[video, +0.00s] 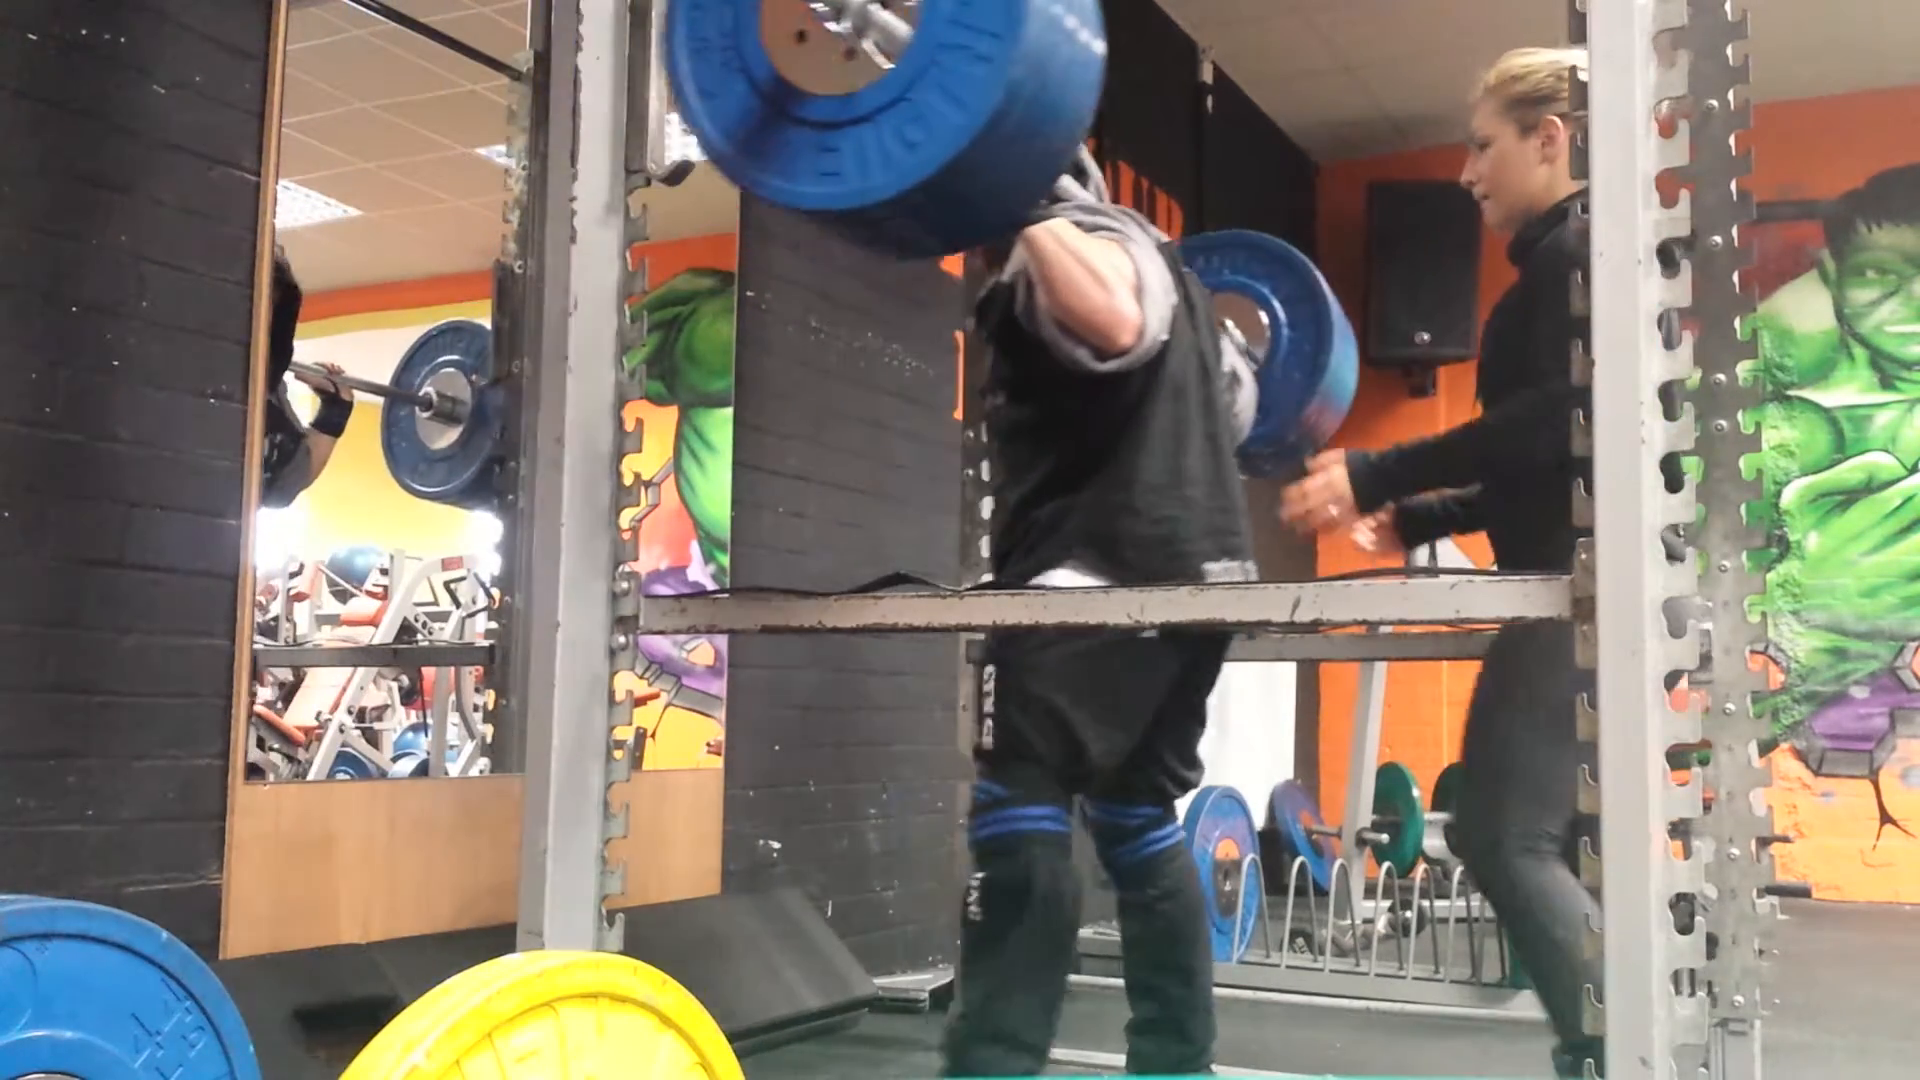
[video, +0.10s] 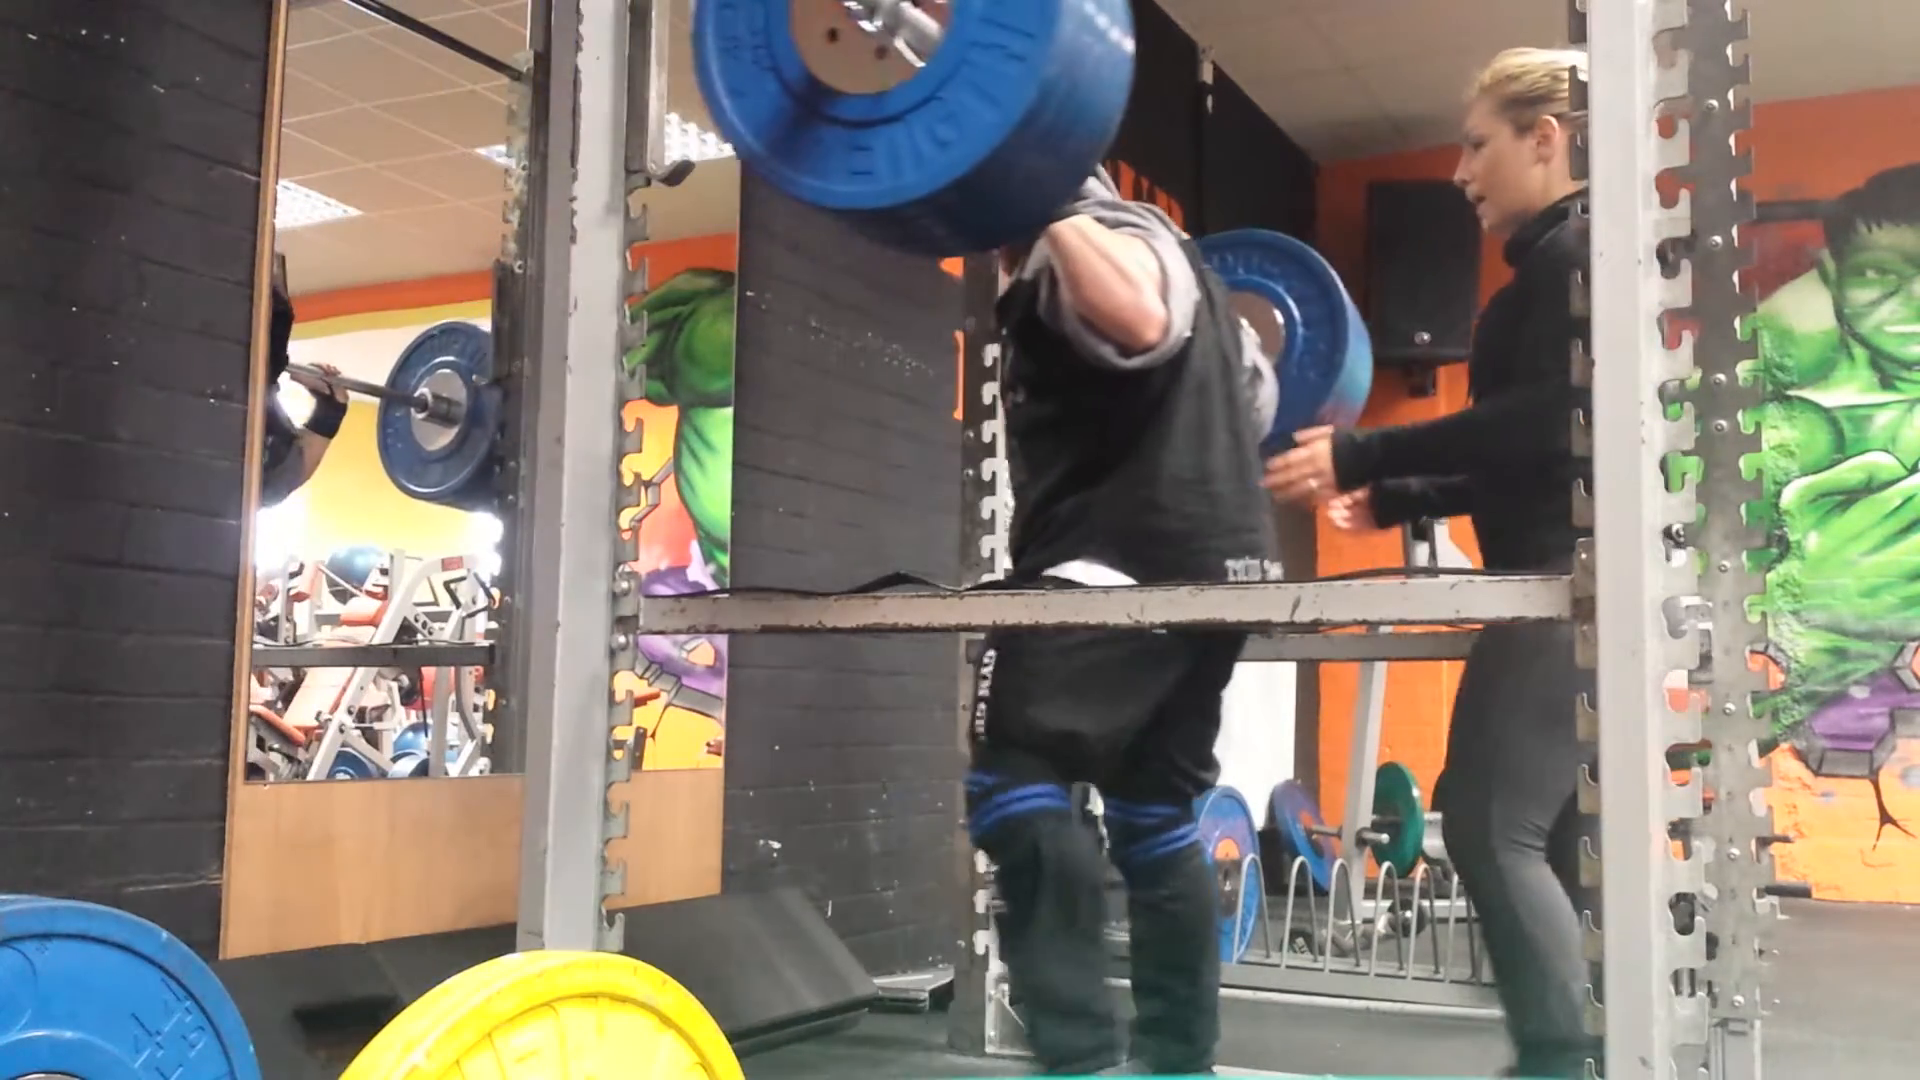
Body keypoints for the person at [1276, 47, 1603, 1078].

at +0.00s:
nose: (1468, 171)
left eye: (1483, 145)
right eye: (1468, 149)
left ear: (1553, 138)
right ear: (1546, 143)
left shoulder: (1576, 256)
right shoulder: (1557, 263)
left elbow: (1539, 428)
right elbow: (1548, 470)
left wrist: (1370, 475)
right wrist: (1421, 516)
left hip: (1580, 591)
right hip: (1551, 589)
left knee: (1517, 839)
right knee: (1485, 828)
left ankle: (1613, 1053)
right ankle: (1595, 1050)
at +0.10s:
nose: (1462, 171)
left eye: (1479, 145)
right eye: (1463, 149)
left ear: (1548, 139)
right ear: (1541, 143)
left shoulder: (1573, 256)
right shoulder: (1551, 264)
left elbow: (1542, 424)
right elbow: (1530, 457)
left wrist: (1361, 454)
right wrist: (1397, 495)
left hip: (1570, 589)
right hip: (1546, 586)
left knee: (1497, 829)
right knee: (1498, 826)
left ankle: (1563, 1062)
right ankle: (1564, 1054)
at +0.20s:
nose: (1456, 170)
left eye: (1473, 144)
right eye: (1458, 147)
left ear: (1540, 139)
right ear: (1540, 144)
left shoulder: (1559, 253)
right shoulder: (1560, 254)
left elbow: (1519, 421)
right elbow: (1513, 451)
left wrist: (1343, 437)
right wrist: (1375, 485)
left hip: (1557, 588)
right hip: (1547, 585)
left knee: (1496, 834)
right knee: (1515, 835)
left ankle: (1535, 1065)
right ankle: (1554, 1061)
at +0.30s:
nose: (1448, 168)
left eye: (1466, 143)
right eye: (1452, 145)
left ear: (1533, 136)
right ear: (1535, 142)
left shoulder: (1549, 245)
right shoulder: (1567, 244)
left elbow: (1497, 413)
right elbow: (1514, 450)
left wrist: (1324, 424)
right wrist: (1372, 476)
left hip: (1541, 587)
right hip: (1551, 584)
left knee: (1498, 848)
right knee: (1533, 853)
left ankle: (1546, 1070)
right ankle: (1563, 1065)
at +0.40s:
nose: (1443, 164)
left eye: (1460, 137)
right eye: (1447, 140)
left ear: (1523, 128)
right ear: (1528, 133)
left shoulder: (1541, 237)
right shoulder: (1570, 235)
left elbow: (1478, 406)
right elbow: (1518, 455)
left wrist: (1306, 415)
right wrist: (1381, 474)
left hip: (1538, 580)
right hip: (1541, 576)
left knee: (1505, 842)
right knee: (1510, 840)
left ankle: (1552, 1069)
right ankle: (1557, 1063)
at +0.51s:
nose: (1438, 157)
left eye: (1452, 130)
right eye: (1442, 133)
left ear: (1514, 119)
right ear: (1525, 124)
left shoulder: (1535, 224)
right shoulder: (1574, 223)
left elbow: (1478, 395)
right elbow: (1531, 456)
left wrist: (1305, 409)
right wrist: (1386, 475)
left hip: (1540, 575)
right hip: (1547, 571)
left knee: (1518, 837)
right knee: (1507, 829)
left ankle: (1554, 1069)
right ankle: (1558, 1063)